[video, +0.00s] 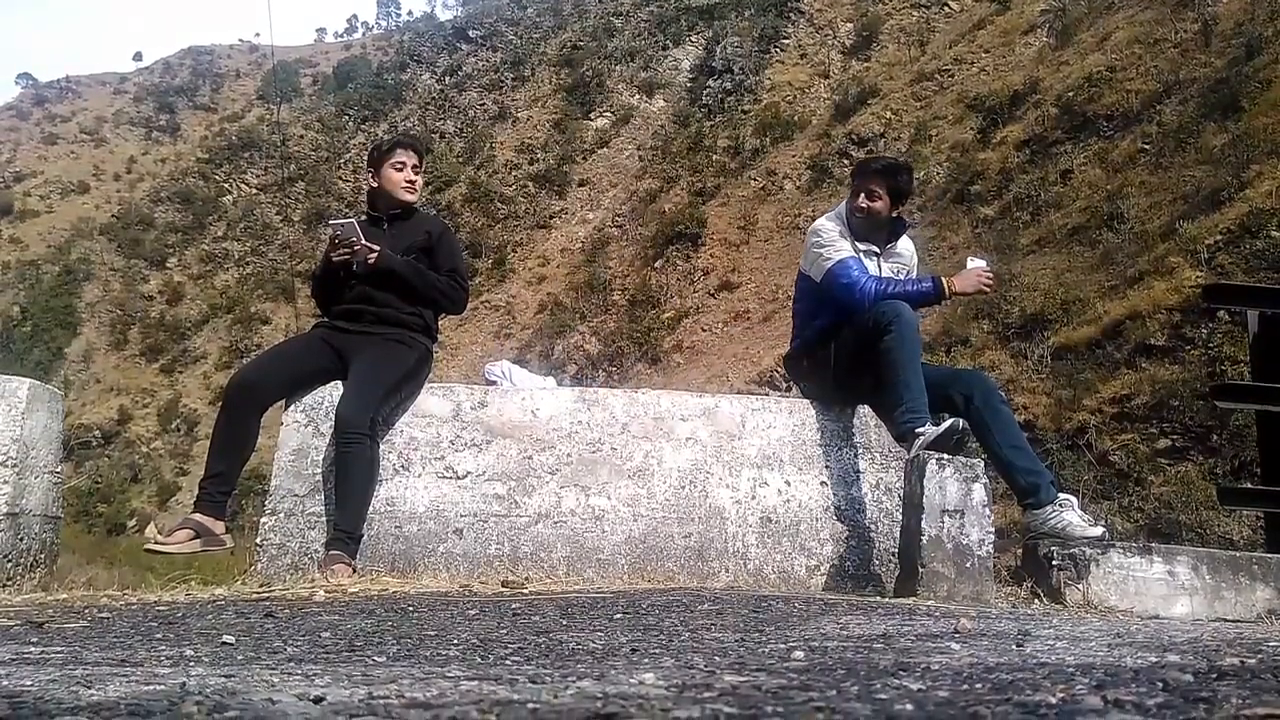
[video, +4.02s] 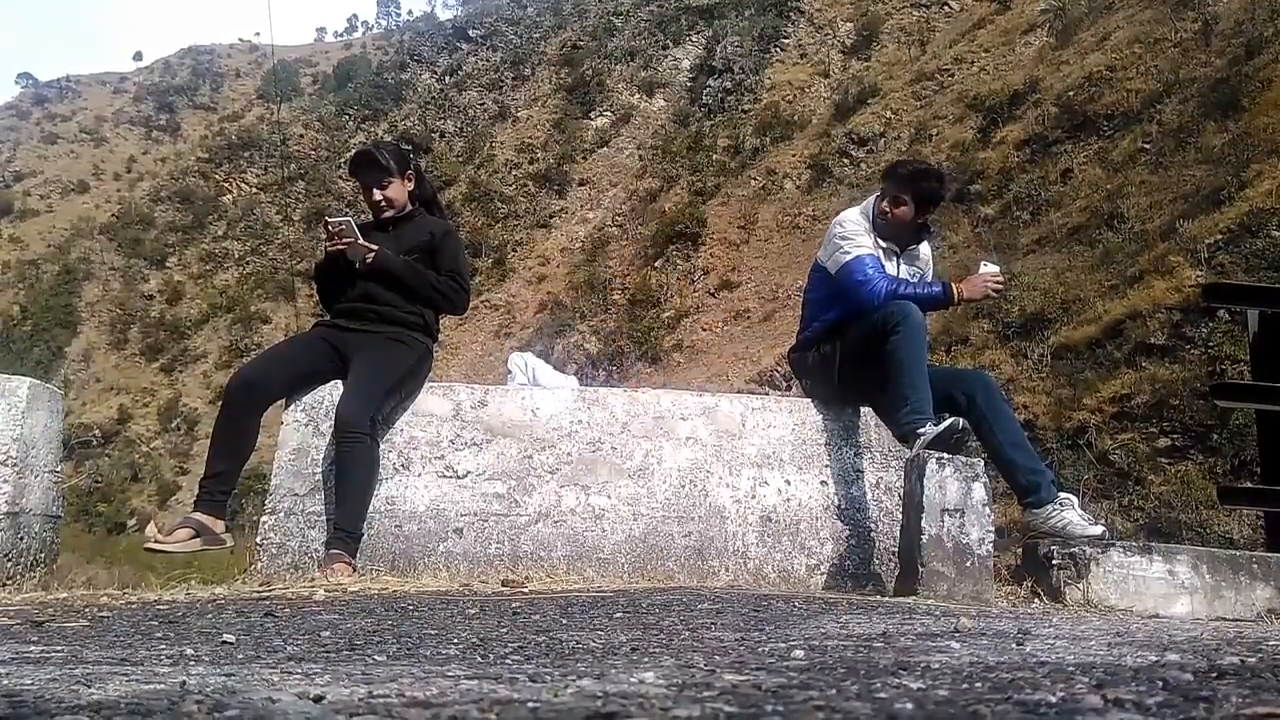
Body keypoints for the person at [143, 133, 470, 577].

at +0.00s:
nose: (412, 176)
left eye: (418, 170)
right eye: (401, 167)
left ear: (422, 180)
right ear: (374, 177)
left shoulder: (433, 229)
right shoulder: (350, 228)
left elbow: (456, 298)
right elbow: (325, 300)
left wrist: (388, 261)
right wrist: (332, 264)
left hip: (397, 342)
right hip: (337, 334)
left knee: (354, 421)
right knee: (247, 387)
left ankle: (340, 556)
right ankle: (209, 519)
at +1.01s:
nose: (370, 193)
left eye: (381, 184)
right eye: (365, 183)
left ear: (410, 184)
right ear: (361, 184)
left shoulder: (434, 234)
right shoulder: (354, 231)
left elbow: (455, 302)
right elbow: (329, 301)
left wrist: (382, 264)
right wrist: (330, 263)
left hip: (397, 345)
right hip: (336, 336)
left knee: (353, 425)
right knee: (247, 389)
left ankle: (341, 561)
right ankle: (208, 522)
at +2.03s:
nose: (373, 196)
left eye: (383, 186)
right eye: (366, 188)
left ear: (410, 183)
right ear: (361, 188)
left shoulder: (434, 232)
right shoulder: (354, 230)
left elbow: (455, 301)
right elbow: (331, 301)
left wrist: (383, 261)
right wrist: (330, 263)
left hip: (397, 344)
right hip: (336, 336)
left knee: (353, 423)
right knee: (247, 388)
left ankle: (341, 559)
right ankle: (208, 521)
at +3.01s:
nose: (374, 197)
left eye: (381, 186)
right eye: (366, 189)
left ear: (408, 177)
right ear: (360, 189)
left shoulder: (436, 231)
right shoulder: (358, 227)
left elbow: (456, 299)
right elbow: (333, 299)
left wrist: (382, 259)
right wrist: (334, 254)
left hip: (397, 342)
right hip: (337, 334)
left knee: (353, 419)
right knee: (247, 385)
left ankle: (341, 555)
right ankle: (208, 519)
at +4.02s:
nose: (375, 196)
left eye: (383, 185)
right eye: (367, 188)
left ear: (409, 178)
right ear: (362, 189)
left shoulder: (436, 230)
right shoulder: (358, 227)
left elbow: (457, 298)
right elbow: (333, 299)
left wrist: (381, 258)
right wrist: (334, 255)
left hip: (397, 342)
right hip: (337, 334)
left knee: (353, 419)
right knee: (247, 386)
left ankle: (341, 556)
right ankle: (208, 518)